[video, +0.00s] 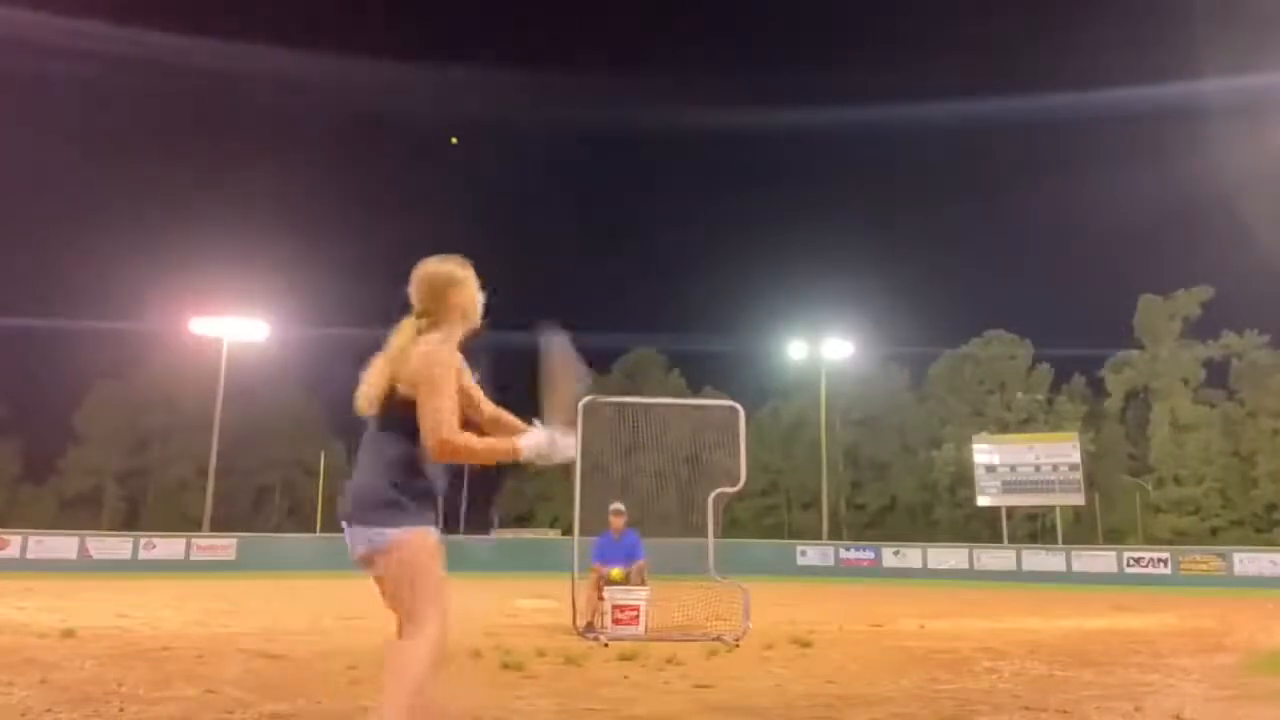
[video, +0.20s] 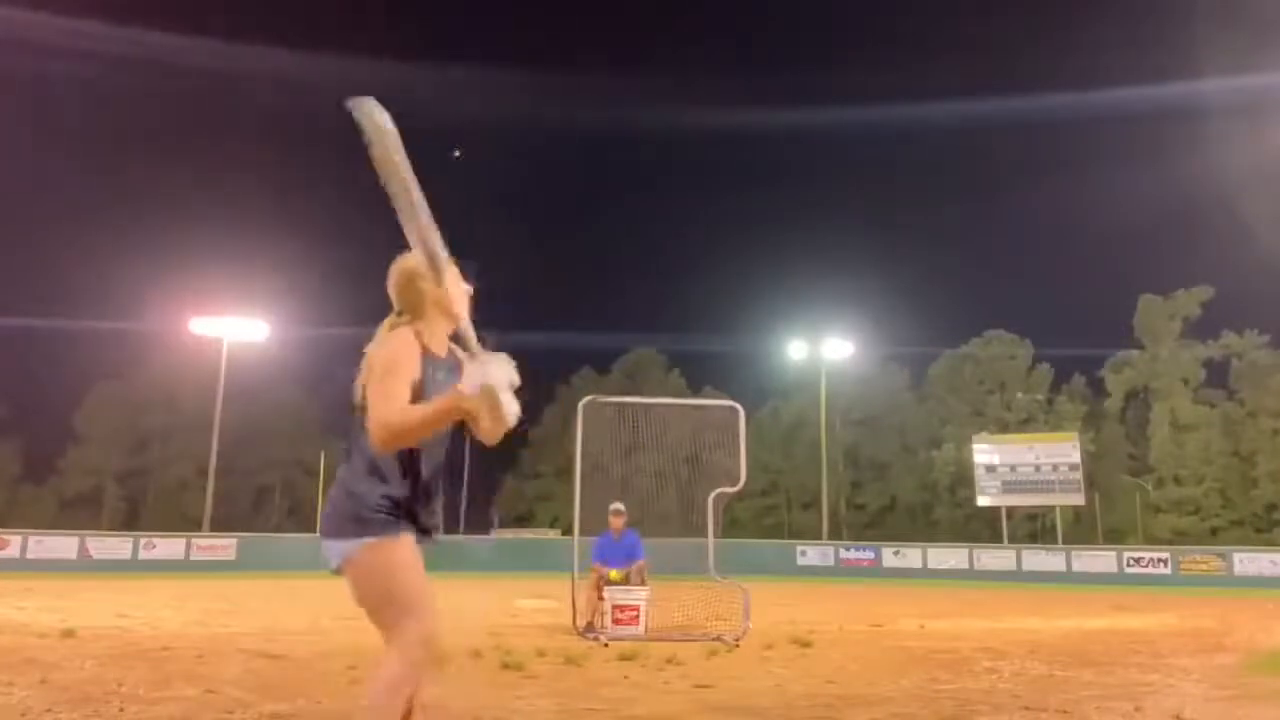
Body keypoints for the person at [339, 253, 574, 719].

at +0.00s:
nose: (482, 297)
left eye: (478, 289)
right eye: (475, 289)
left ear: (433, 300)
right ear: (456, 300)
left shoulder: (425, 349)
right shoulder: (436, 354)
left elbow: (483, 412)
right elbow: (441, 444)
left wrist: (538, 436)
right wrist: (521, 448)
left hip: (375, 503)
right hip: (397, 506)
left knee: (416, 626)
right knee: (426, 627)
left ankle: (401, 709)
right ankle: (393, 711)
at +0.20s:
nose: (468, 288)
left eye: (463, 278)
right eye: (458, 279)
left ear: (439, 294)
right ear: (433, 293)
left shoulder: (450, 357)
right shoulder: (398, 343)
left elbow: (487, 431)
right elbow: (385, 429)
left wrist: (495, 394)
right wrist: (464, 396)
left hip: (396, 518)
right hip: (364, 517)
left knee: (415, 647)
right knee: (414, 641)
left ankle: (400, 712)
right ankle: (377, 713)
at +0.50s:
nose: (443, 235)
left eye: (438, 225)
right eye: (431, 225)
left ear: (413, 238)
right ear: (397, 236)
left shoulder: (447, 314)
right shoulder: (356, 296)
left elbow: (468, 383)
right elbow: (316, 381)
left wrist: (426, 333)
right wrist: (380, 322)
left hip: (387, 492)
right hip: (334, 487)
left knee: (360, 625)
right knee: (373, 625)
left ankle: (309, 709)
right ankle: (341, 712)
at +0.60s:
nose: (427, 241)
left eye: (425, 233)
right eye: (415, 232)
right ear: (381, 240)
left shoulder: (430, 308)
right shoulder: (336, 289)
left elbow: (455, 371)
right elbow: (298, 372)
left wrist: (407, 320)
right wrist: (356, 300)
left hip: (370, 488)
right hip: (320, 482)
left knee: (332, 628)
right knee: (360, 620)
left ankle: (243, 709)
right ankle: (332, 713)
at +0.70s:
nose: (420, 233)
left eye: (416, 222)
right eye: (410, 221)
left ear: (394, 236)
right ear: (375, 233)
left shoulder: (416, 306)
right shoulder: (326, 281)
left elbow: (441, 370)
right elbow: (292, 365)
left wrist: (403, 308)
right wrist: (348, 296)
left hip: (354, 483)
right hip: (312, 477)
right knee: (354, 621)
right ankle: (326, 713)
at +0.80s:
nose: (398, 246)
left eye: (397, 236)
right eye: (390, 235)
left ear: (372, 243)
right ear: (359, 239)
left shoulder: (381, 299)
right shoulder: (309, 279)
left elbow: (419, 376)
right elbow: (290, 367)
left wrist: (403, 321)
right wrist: (346, 302)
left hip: (322, 479)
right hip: (294, 476)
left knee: (271, 635)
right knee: (346, 624)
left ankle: (193, 712)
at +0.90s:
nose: (378, 261)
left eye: (379, 250)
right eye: (372, 249)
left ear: (337, 250)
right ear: (342, 247)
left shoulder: (352, 302)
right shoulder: (296, 281)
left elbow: (400, 380)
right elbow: (290, 372)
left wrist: (397, 323)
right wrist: (349, 313)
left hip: (291, 480)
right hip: (278, 479)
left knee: (251, 638)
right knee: (341, 623)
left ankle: (183, 713)